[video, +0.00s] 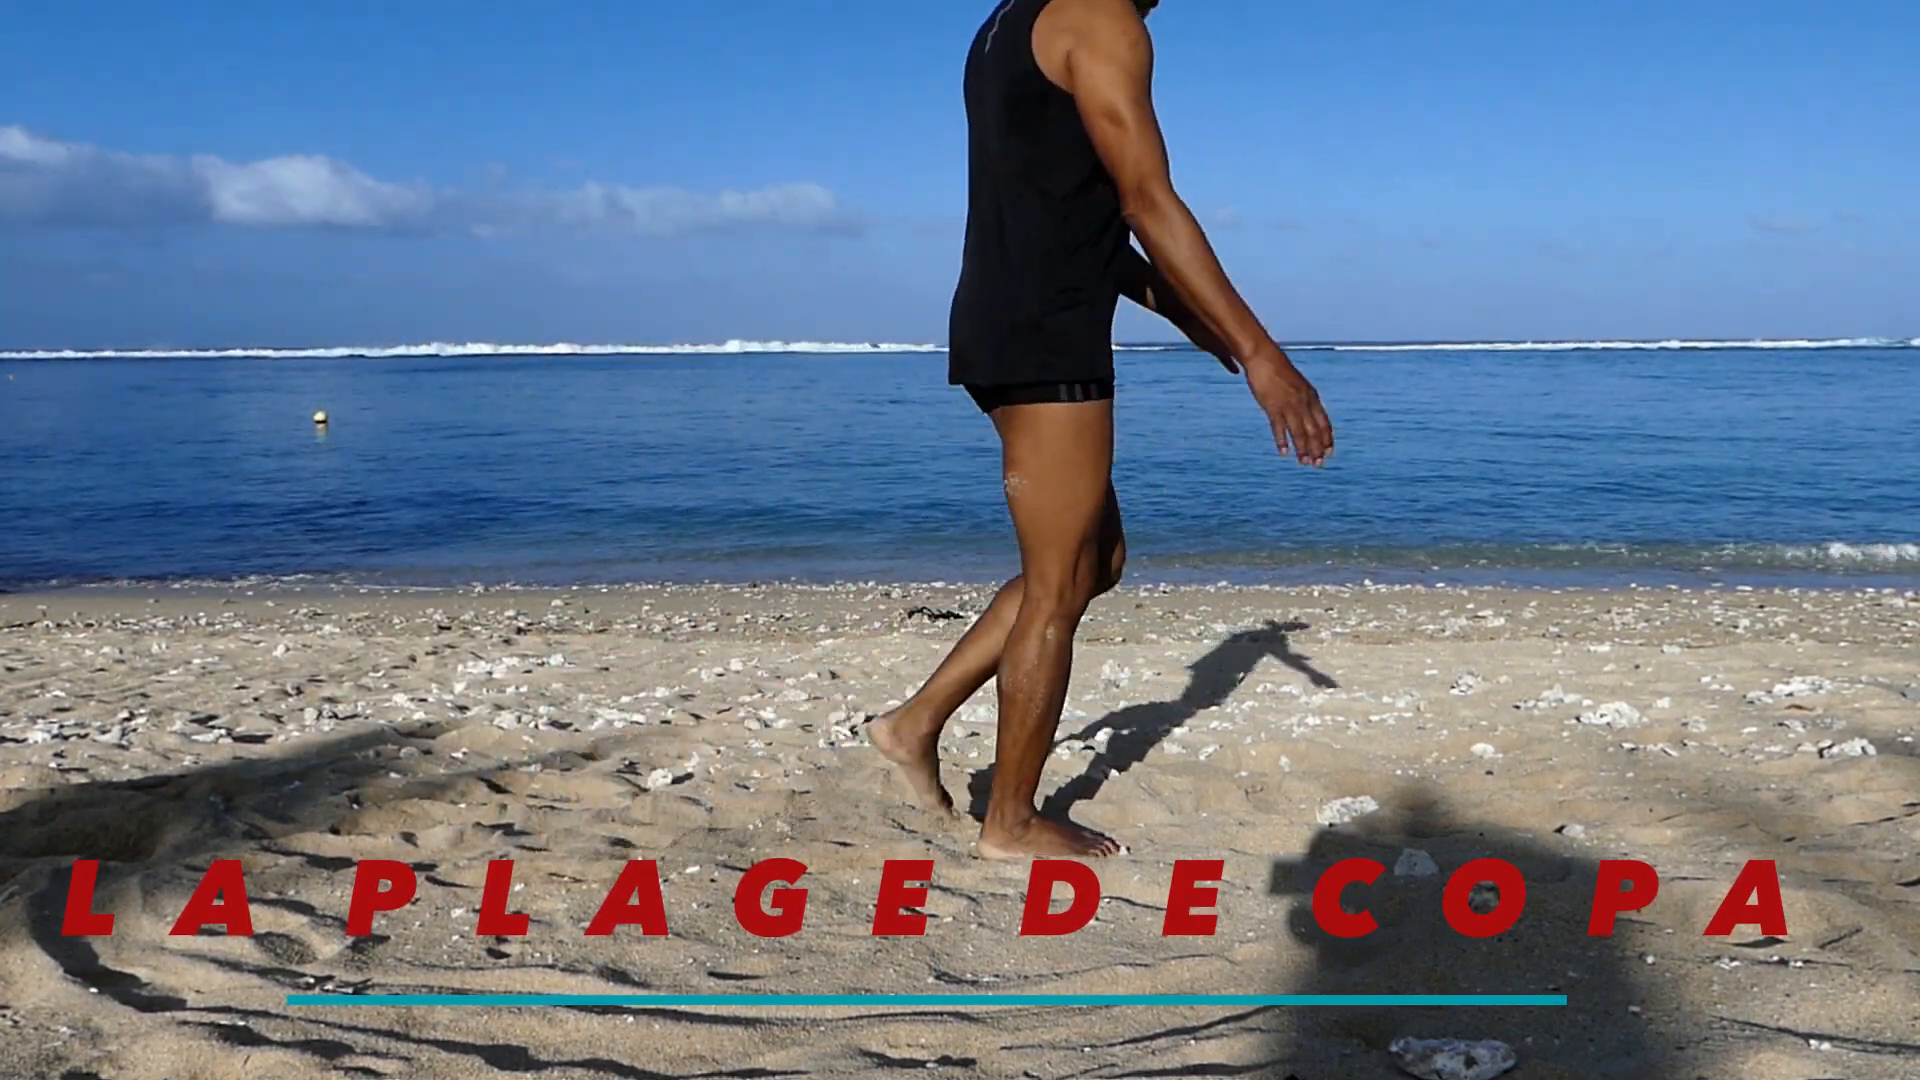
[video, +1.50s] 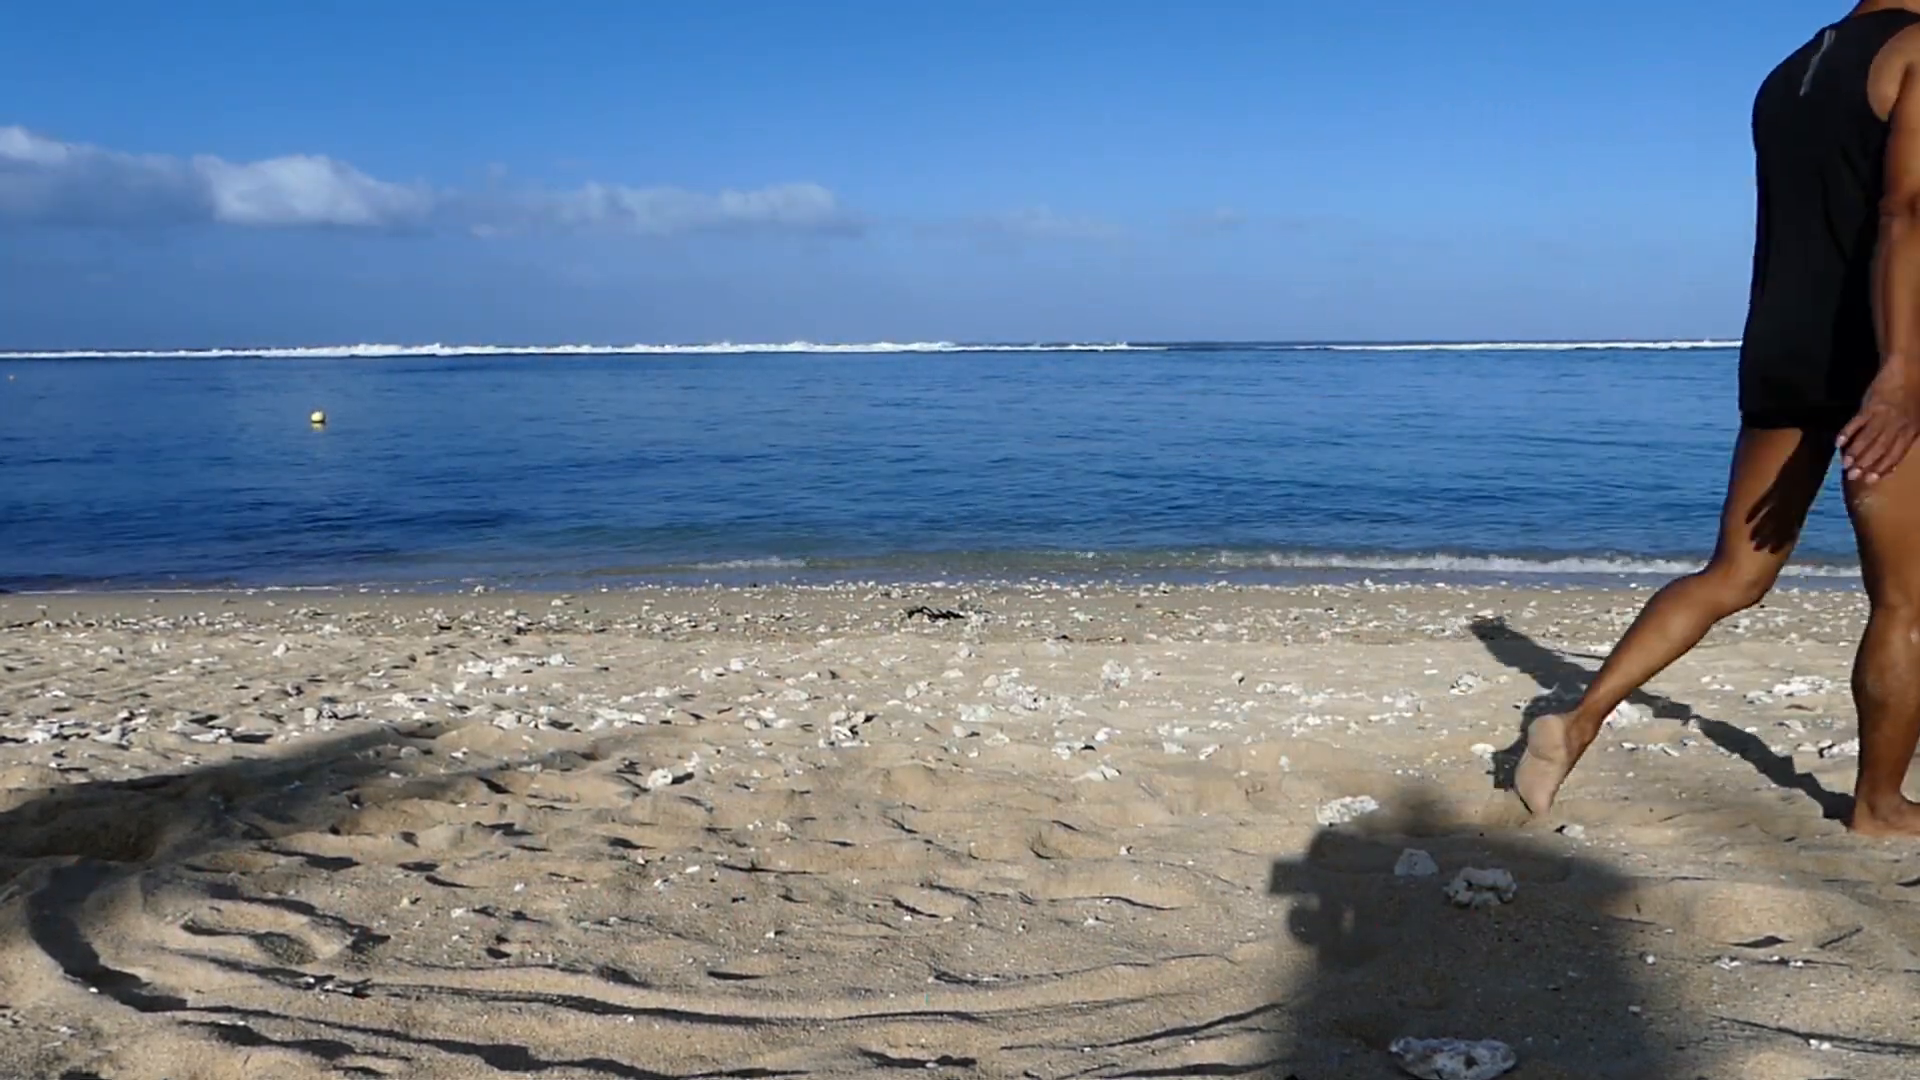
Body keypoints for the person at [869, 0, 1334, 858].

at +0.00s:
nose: (1159, 1)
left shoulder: (1014, 26)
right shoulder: (1102, 23)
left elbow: (1074, 227)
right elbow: (1153, 203)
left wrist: (1183, 309)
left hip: (1007, 329)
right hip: (1052, 337)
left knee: (1096, 557)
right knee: (1058, 581)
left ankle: (913, 725)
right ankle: (1011, 819)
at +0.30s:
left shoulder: (1114, 21)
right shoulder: (1210, 10)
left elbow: (1116, 190)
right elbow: (1317, 167)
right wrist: (1460, 226)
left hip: (1136, 331)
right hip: (1137, 333)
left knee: (1229, 537)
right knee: (1086, 575)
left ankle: (1241, 771)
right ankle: (1017, 801)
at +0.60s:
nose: (1404, 10)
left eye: (1404, 2)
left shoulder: (1246, 54)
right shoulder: (1343, 41)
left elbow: (1188, 244)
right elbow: (1452, 186)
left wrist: (1153, 374)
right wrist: (1552, 203)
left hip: (1267, 363)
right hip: (1271, 364)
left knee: (1352, 580)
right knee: (1165, 591)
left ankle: (1410, 795)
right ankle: (1033, 782)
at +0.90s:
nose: (1518, 14)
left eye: (1519, 5)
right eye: (1517, 2)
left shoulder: (1348, 89)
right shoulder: (1465, 72)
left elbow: (1289, 261)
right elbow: (1522, 253)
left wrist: (1233, 387)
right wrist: (1611, 335)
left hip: (1360, 373)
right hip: (1402, 381)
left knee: (1449, 582)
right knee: (1334, 617)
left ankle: (1428, 805)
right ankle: (1137, 759)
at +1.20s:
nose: (1625, 7)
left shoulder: (1459, 65)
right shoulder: (1568, 60)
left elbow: (1453, 245)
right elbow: (1562, 251)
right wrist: (1590, 418)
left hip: (1445, 354)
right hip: (1512, 362)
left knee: (1466, 584)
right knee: (1602, 580)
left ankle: (1429, 804)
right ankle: (1391, 713)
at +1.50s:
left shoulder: (1789, 73)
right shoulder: (1910, 48)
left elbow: (1779, 234)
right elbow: (1903, 213)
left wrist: (1782, 354)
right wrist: (1901, 369)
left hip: (1780, 355)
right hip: (1872, 358)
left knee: (1735, 571)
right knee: (1903, 600)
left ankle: (1578, 722)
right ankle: (1881, 804)